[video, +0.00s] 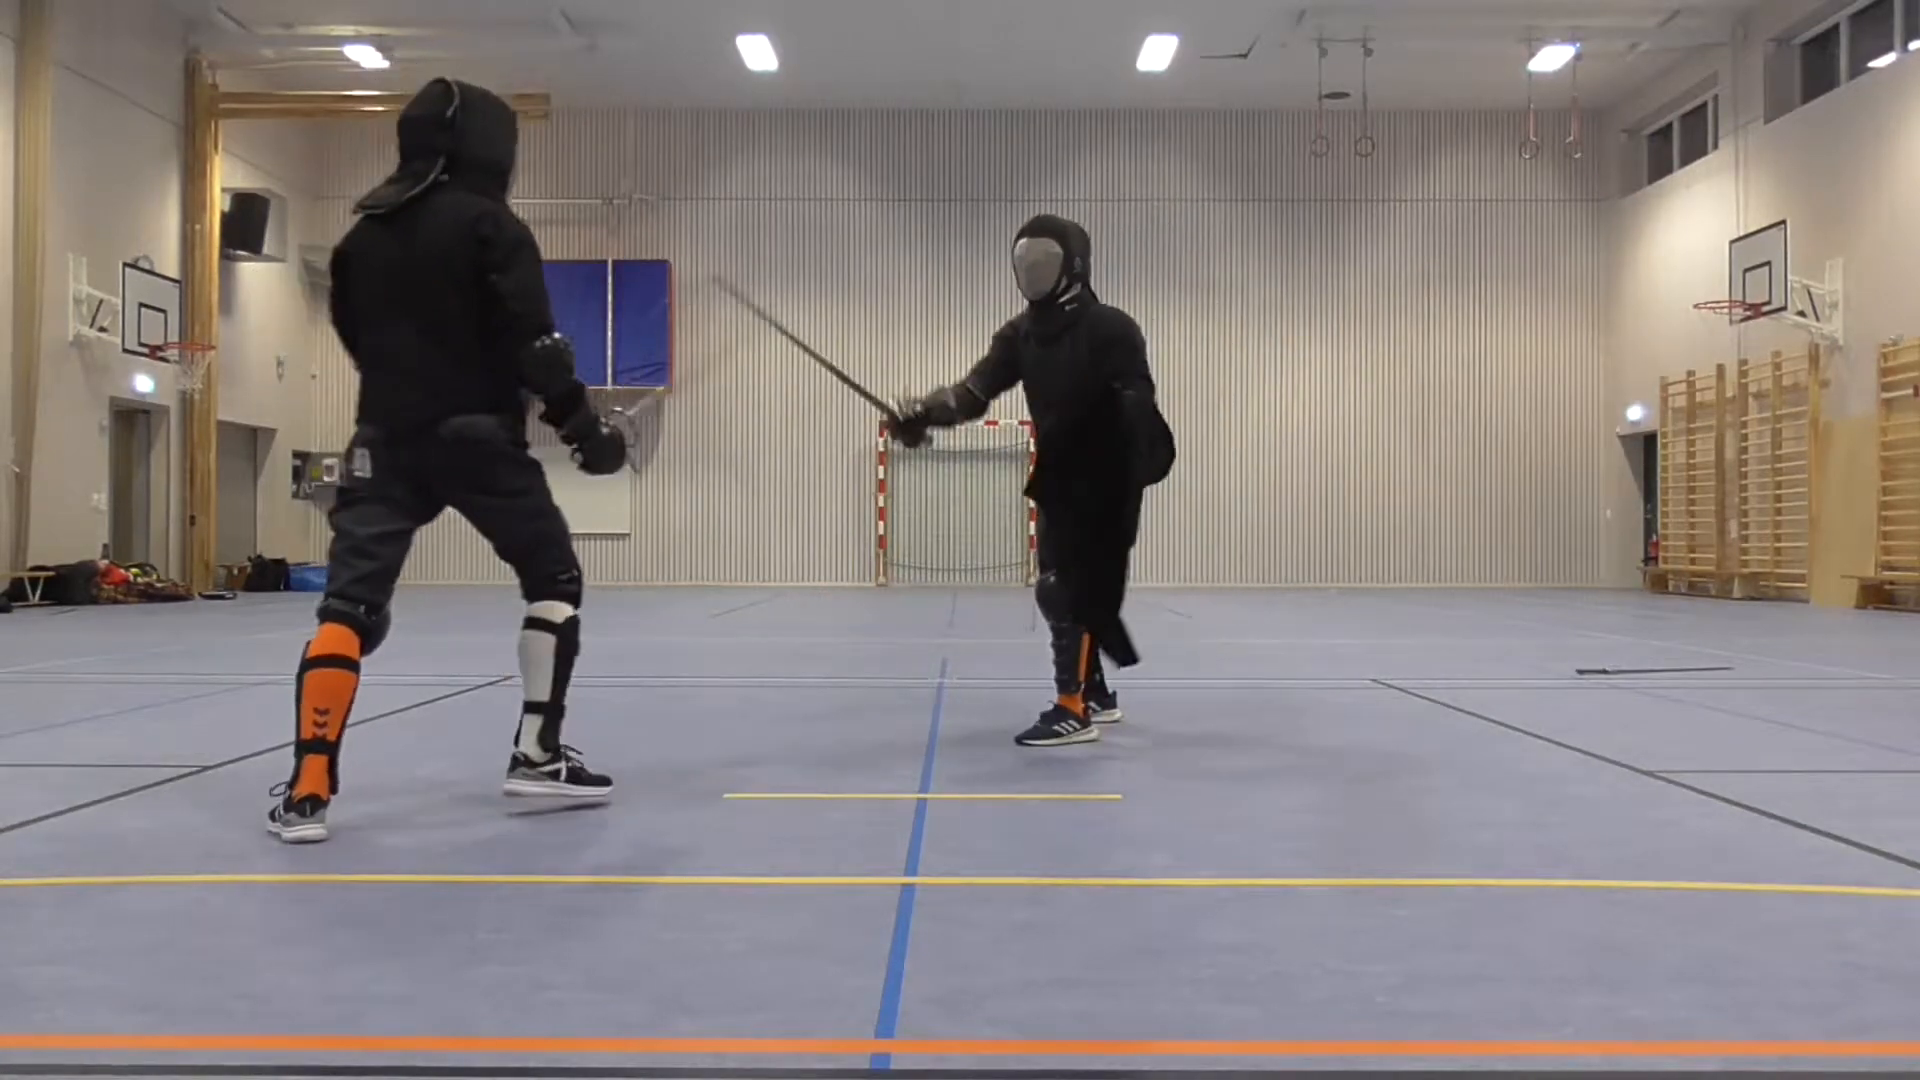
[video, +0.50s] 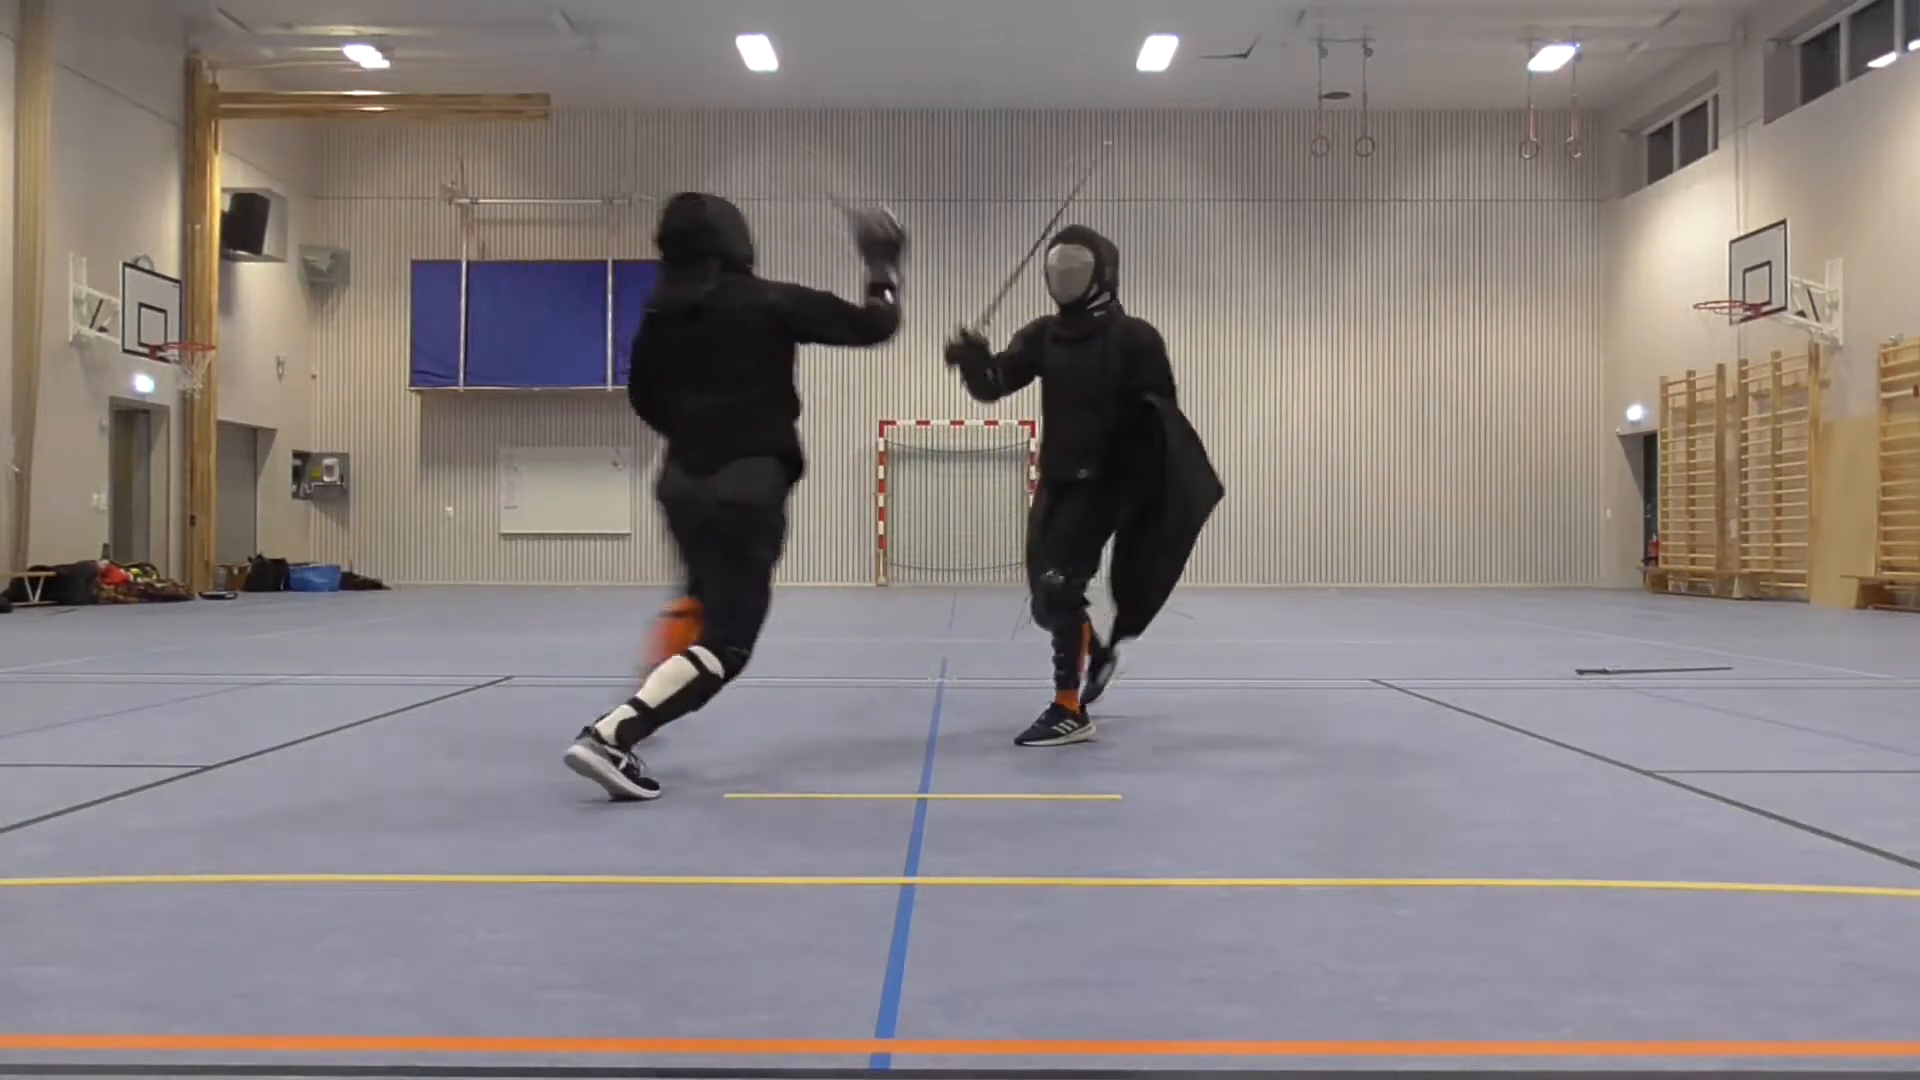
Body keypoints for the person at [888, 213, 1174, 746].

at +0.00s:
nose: (1029, 274)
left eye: (1042, 263)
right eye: (1022, 264)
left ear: (1071, 266)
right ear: (1015, 267)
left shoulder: (1110, 330)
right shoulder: (1022, 335)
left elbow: (1140, 412)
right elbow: (974, 392)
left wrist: (1123, 472)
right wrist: (923, 413)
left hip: (1105, 485)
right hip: (1058, 485)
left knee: (1060, 590)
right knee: (1067, 586)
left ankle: (1073, 709)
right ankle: (1095, 690)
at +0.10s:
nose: (1027, 276)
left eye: (1038, 264)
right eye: (1020, 265)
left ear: (1068, 265)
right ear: (1013, 268)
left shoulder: (1108, 331)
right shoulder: (1018, 332)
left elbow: (1137, 412)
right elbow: (980, 365)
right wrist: (947, 379)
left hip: (1109, 492)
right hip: (1058, 492)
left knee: (1068, 598)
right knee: (1061, 595)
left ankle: (1076, 709)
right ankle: (1096, 695)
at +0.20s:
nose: (1021, 278)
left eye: (1033, 266)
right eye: (1013, 267)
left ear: (1064, 268)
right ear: (1007, 271)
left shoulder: (1105, 332)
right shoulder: (1017, 333)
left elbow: (1137, 415)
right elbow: (984, 369)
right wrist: (960, 384)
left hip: (1104, 489)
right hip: (1053, 489)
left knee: (1055, 590)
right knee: (1068, 587)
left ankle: (1068, 705)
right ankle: (1102, 688)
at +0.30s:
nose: (1027, 280)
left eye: (1040, 268)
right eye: (1020, 269)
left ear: (1070, 273)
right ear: (1014, 274)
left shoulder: (1107, 338)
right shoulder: (1017, 339)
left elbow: (1140, 417)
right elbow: (984, 382)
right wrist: (964, 392)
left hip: (1100, 490)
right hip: (1050, 489)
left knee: (1047, 586)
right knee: (1059, 585)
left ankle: (1067, 707)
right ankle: (1113, 671)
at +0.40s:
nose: (1042, 282)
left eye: (1054, 272)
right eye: (1037, 272)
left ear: (1082, 278)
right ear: (1031, 278)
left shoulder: (1117, 344)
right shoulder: (1030, 342)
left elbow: (1145, 428)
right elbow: (994, 393)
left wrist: (1132, 498)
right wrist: (981, 390)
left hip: (1097, 489)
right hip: (1048, 486)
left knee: (1042, 588)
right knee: (1048, 589)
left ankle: (1066, 709)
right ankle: (1115, 652)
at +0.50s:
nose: (1060, 278)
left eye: (1072, 267)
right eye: (1054, 268)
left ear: (1100, 272)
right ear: (1047, 273)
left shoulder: (1135, 339)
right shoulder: (1043, 336)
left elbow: (1158, 424)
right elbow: (992, 386)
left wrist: (1128, 484)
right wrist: (973, 360)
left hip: (1108, 486)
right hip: (1057, 482)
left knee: (1061, 584)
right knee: (1046, 597)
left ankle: (1069, 709)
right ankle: (1096, 651)